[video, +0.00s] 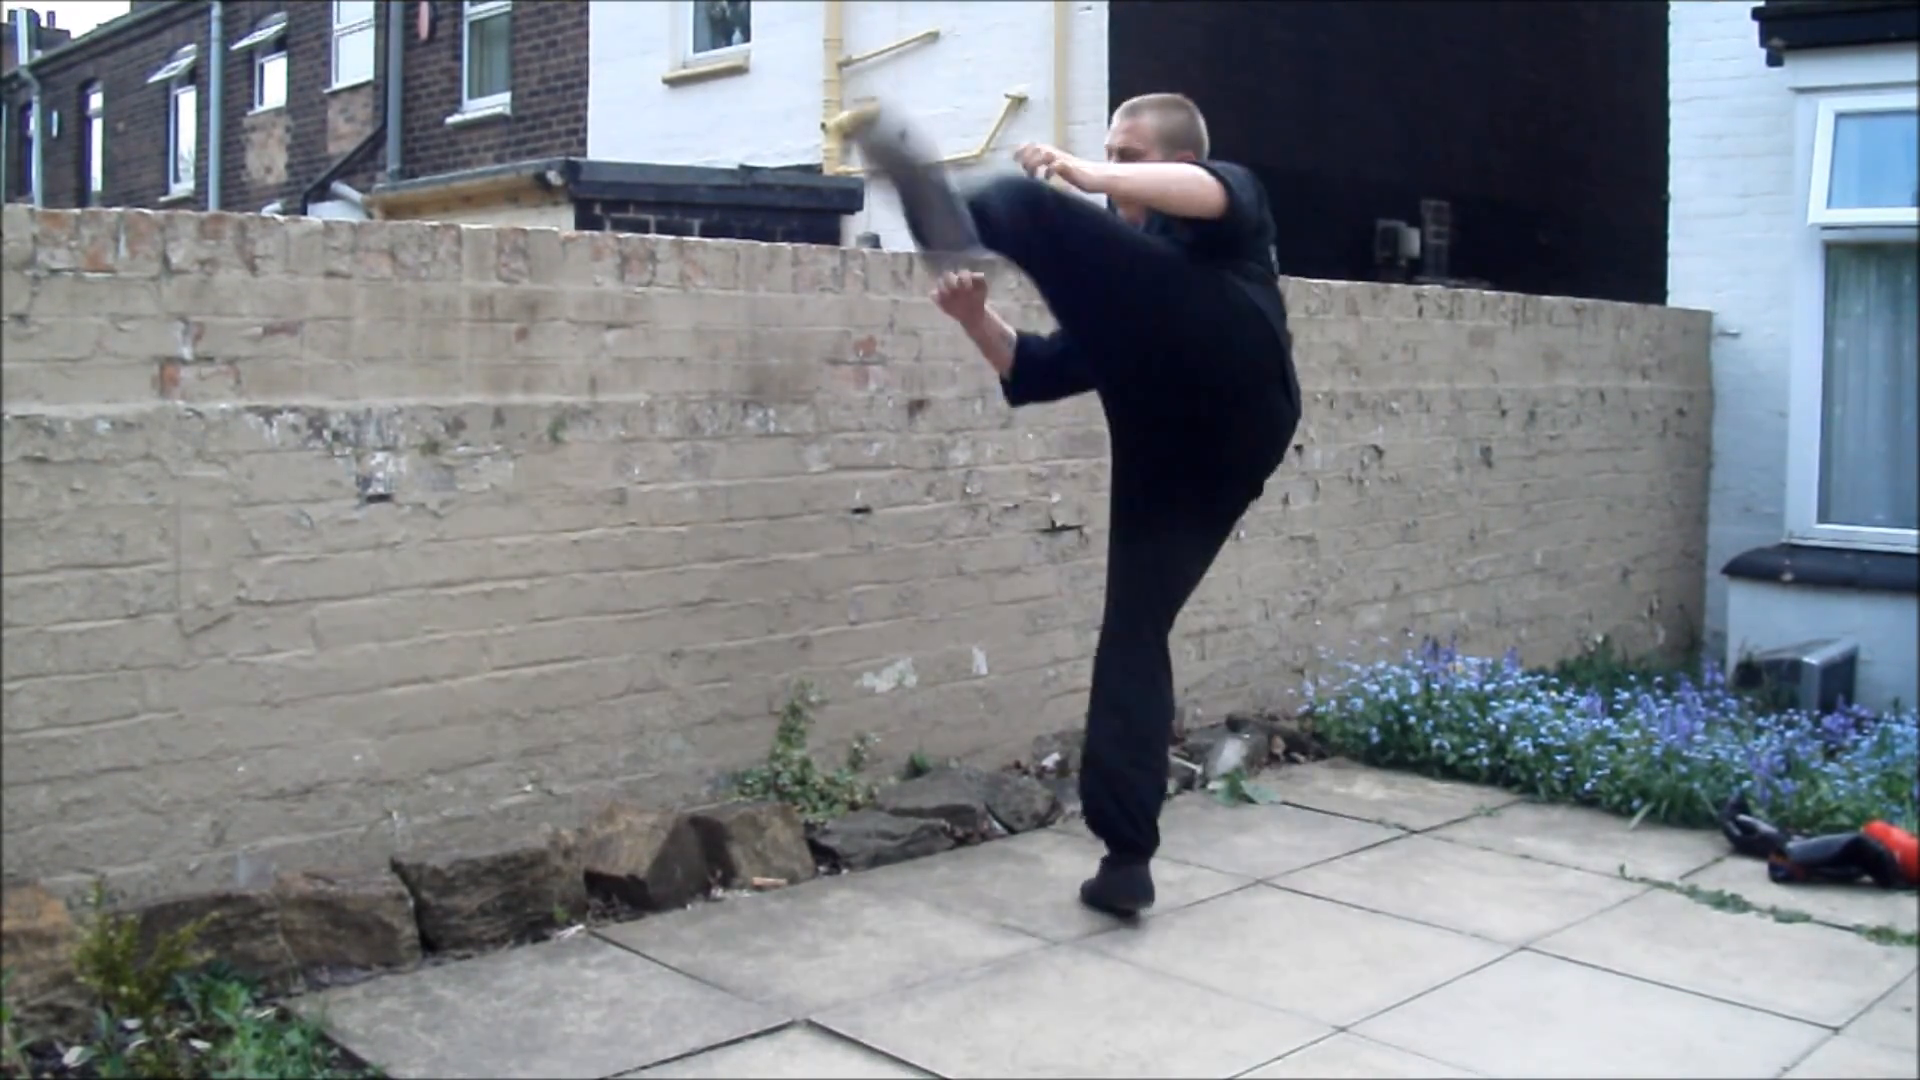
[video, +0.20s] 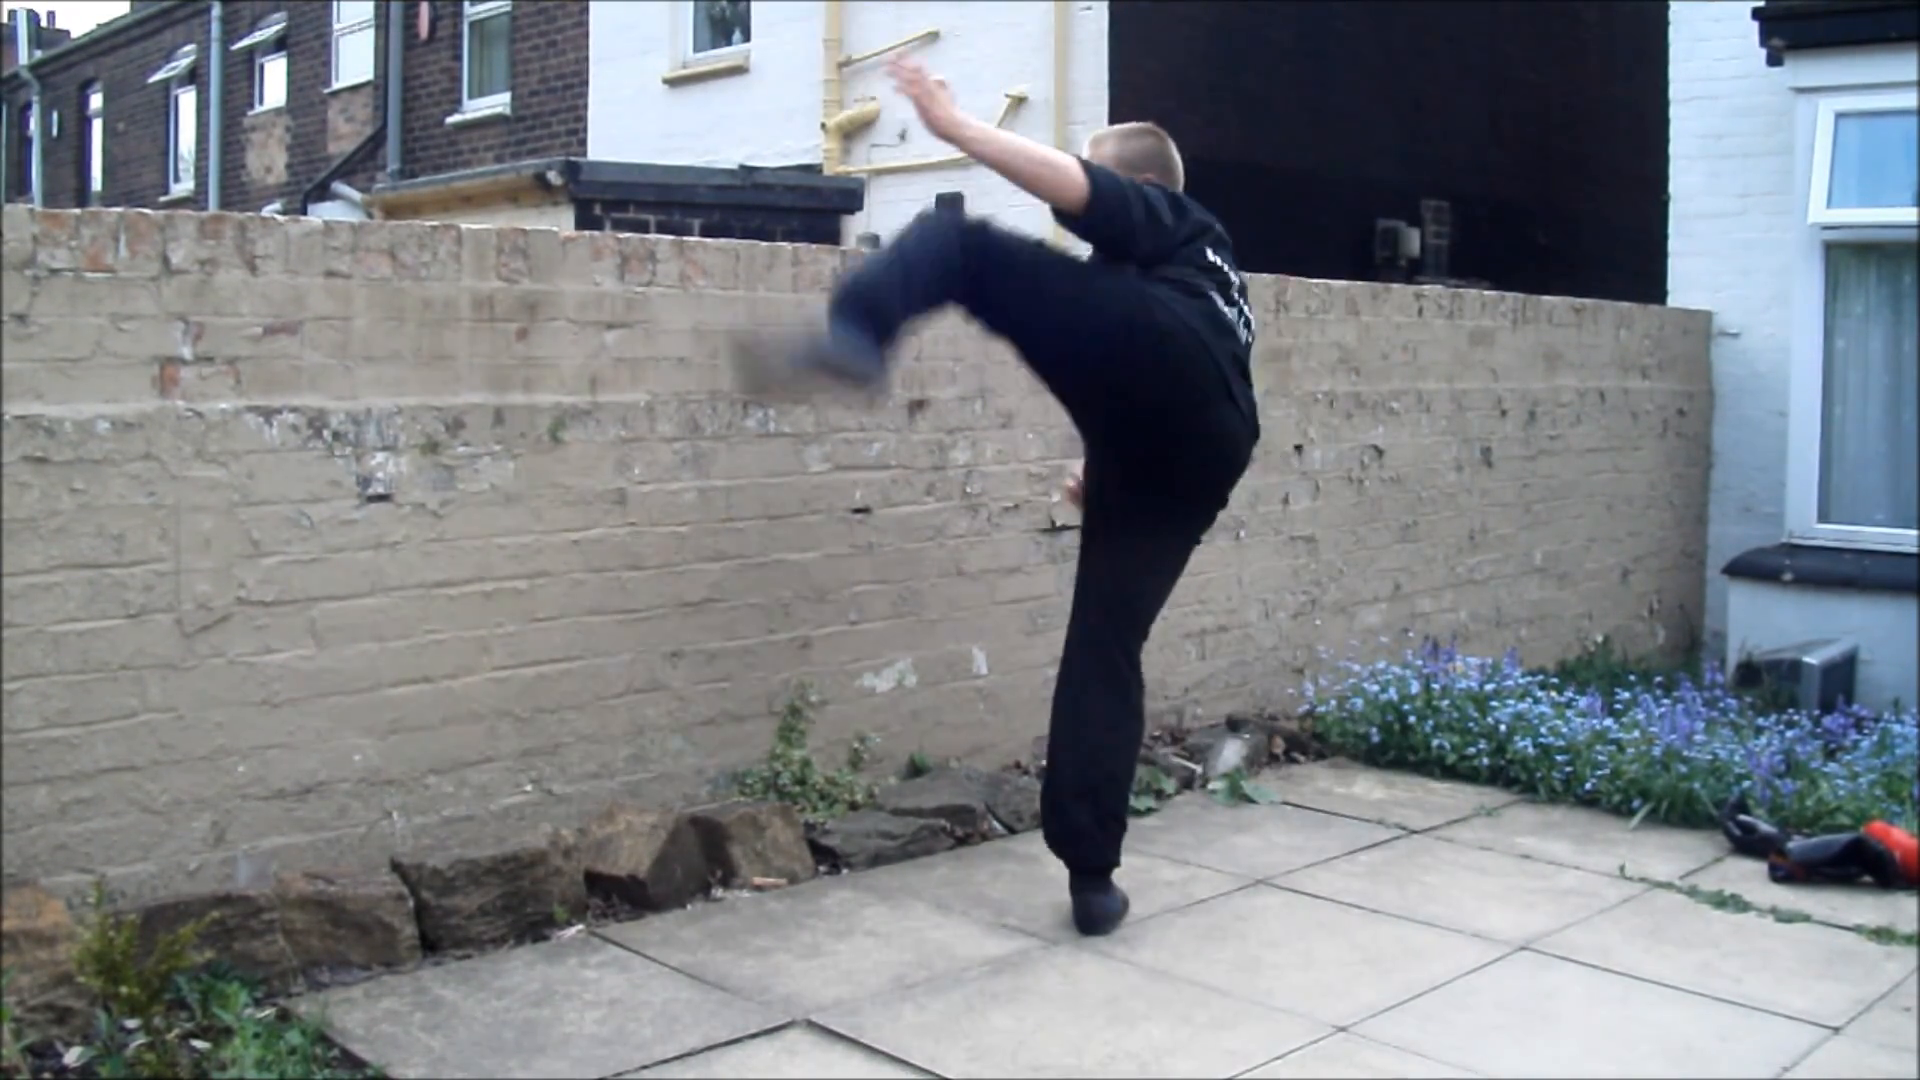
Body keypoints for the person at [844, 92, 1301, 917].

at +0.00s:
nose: (1110, 169)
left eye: (1128, 156)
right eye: (1109, 155)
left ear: (1182, 165)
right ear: (1117, 164)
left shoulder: (1234, 201)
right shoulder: (1121, 282)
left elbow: (1213, 197)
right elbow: (1040, 370)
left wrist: (1092, 175)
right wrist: (975, 318)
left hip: (1237, 375)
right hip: (1179, 463)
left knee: (1043, 216)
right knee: (1134, 634)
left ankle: (963, 213)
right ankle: (1127, 859)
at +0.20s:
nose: (1083, 190)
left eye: (1092, 180)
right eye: (1086, 180)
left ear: (1121, 183)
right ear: (1176, 187)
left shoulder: (1163, 212)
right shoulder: (1212, 258)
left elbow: (1078, 186)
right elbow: (1187, 386)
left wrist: (956, 126)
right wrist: (1098, 470)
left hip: (1150, 360)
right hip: (1202, 453)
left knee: (959, 239)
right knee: (1107, 649)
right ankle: (1094, 879)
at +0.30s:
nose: (1099, 182)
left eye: (1107, 169)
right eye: (1102, 168)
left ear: (1143, 168)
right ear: (1190, 173)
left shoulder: (1146, 199)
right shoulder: (1259, 287)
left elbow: (1033, 212)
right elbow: (1304, 437)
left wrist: (931, 178)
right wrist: (1199, 480)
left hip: (1094, 383)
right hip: (1175, 464)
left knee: (887, 448)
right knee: (1098, 656)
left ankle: (956, 652)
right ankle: (1093, 879)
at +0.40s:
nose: (1106, 150)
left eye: (1109, 138)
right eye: (1105, 139)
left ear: (1135, 133)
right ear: (1198, 138)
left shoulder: (1121, 172)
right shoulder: (1274, 246)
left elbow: (968, 261)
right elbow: (1305, 381)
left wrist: (988, 203)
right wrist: (1213, 431)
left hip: (1062, 409)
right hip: (1170, 451)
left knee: (934, 576)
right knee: (1094, 654)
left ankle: (968, 800)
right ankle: (1097, 879)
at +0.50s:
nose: (1102, 108)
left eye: (1102, 97)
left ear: (1110, 99)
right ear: (1195, 102)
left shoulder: (1066, 156)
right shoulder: (1255, 193)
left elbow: (998, 289)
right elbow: (1259, 357)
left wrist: (1077, 301)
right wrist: (1183, 346)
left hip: (1032, 407)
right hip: (1153, 425)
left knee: (992, 638)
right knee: (1112, 656)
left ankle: (952, 857)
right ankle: (1098, 882)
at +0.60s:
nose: (1183, 87)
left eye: (1171, 74)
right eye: (1180, 76)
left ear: (1092, 88)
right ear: (1172, 80)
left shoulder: (1035, 160)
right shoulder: (1201, 165)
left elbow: (1025, 271)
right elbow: (1221, 328)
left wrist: (1098, 315)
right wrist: (1155, 349)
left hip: (1013, 414)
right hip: (1128, 421)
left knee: (998, 642)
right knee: (1117, 659)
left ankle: (981, 855)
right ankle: (1100, 883)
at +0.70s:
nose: (1178, 101)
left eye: (1177, 85)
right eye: (1172, 83)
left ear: (1094, 81)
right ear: (1133, 80)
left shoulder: (1039, 160)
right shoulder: (1121, 164)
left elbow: (1111, 268)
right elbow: (1186, 314)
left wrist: (1176, 194)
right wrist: (1213, 252)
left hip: (1004, 438)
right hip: (1093, 448)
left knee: (1012, 653)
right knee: (1118, 670)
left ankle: (988, 858)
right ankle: (1102, 884)